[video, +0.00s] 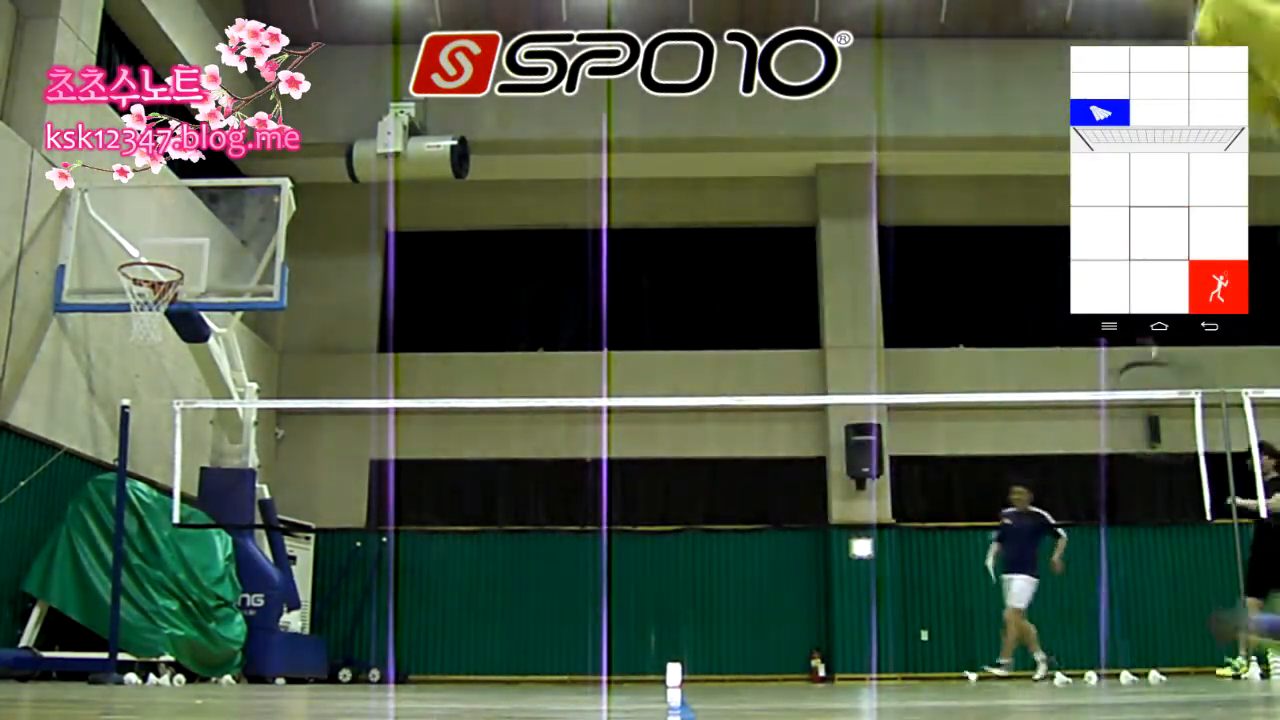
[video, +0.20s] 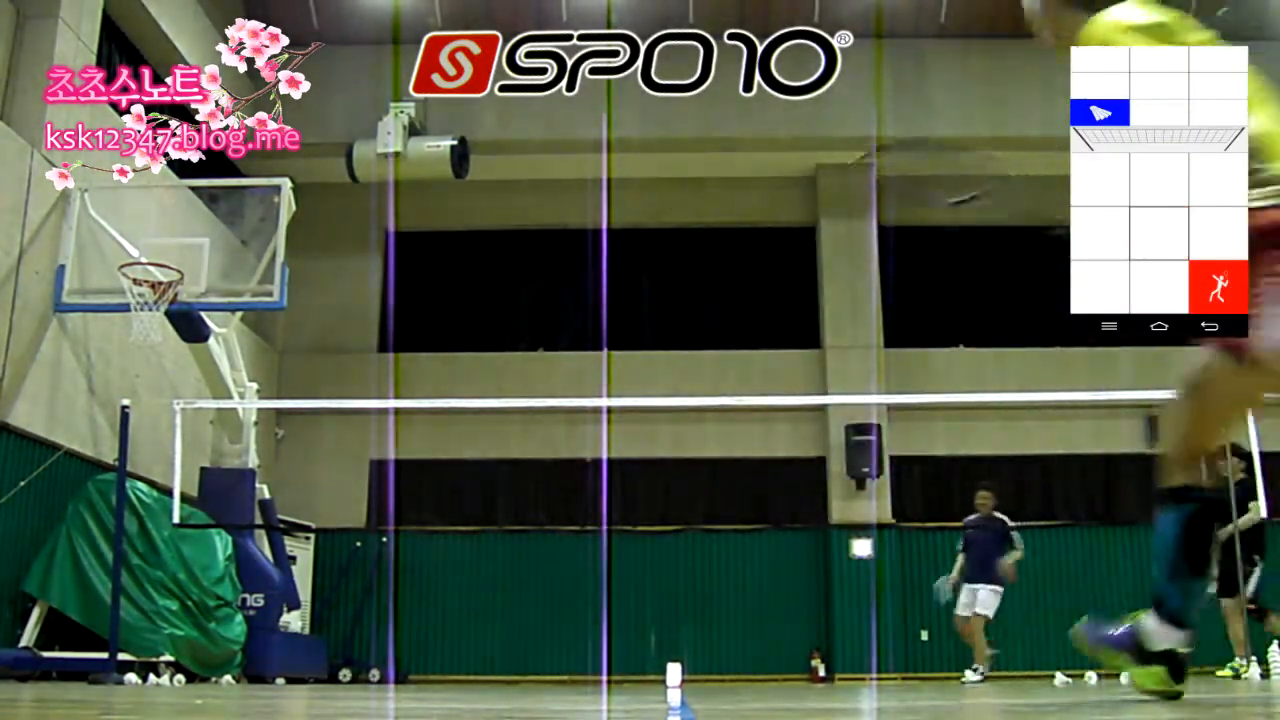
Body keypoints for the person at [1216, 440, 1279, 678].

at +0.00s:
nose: (1256, 465)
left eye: (1260, 460)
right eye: (1255, 460)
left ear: (1272, 461)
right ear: (1262, 462)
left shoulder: (1276, 483)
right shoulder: (1259, 484)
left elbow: (1275, 504)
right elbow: (1262, 508)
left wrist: (1244, 503)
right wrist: (1246, 505)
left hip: (1271, 549)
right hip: (1261, 549)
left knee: (1254, 602)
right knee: (1253, 602)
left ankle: (1246, 656)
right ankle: (1245, 656)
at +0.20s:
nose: (1221, 465)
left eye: (1225, 460)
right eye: (1220, 460)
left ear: (1237, 462)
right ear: (1233, 463)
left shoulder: (1247, 485)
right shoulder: (1228, 489)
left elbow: (1256, 513)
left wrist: (1228, 530)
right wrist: (1219, 536)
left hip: (1247, 551)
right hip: (1229, 551)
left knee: (1241, 600)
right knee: (1229, 602)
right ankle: (1241, 658)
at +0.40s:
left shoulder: (1233, 497)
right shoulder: (1201, 503)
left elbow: (1244, 522)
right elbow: (1192, 530)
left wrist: (1237, 544)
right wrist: (1179, 560)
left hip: (1231, 558)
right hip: (1212, 560)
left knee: (1208, 600)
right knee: (1228, 609)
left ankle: (1213, 657)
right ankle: (1241, 660)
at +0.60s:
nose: (1175, 485)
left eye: (1176, 480)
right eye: (1173, 482)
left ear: (1187, 473)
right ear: (1179, 478)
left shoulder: (1209, 492)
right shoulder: (1182, 501)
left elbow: (1229, 518)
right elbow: (1168, 531)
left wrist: (1221, 549)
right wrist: (1151, 561)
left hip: (1210, 564)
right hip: (1193, 566)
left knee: (1182, 606)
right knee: (1207, 618)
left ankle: (1166, 660)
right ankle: (1239, 659)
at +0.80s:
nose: (1151, 496)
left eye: (1153, 491)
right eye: (1149, 493)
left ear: (1166, 487)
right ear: (1150, 492)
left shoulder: (1185, 504)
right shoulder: (1158, 511)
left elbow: (1202, 534)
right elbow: (1149, 543)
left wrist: (1186, 562)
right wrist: (1136, 569)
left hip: (1197, 567)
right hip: (1176, 568)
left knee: (1172, 611)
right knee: (1168, 617)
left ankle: (1159, 666)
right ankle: (1211, 647)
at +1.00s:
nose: (1148, 492)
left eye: (1150, 487)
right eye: (1145, 488)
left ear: (1163, 483)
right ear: (1147, 487)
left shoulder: (1185, 501)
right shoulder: (1155, 508)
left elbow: (1195, 533)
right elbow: (1146, 541)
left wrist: (1166, 551)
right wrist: (1139, 571)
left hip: (1193, 561)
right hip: (1172, 561)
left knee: (1173, 610)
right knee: (1158, 613)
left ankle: (1160, 664)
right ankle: (1197, 654)